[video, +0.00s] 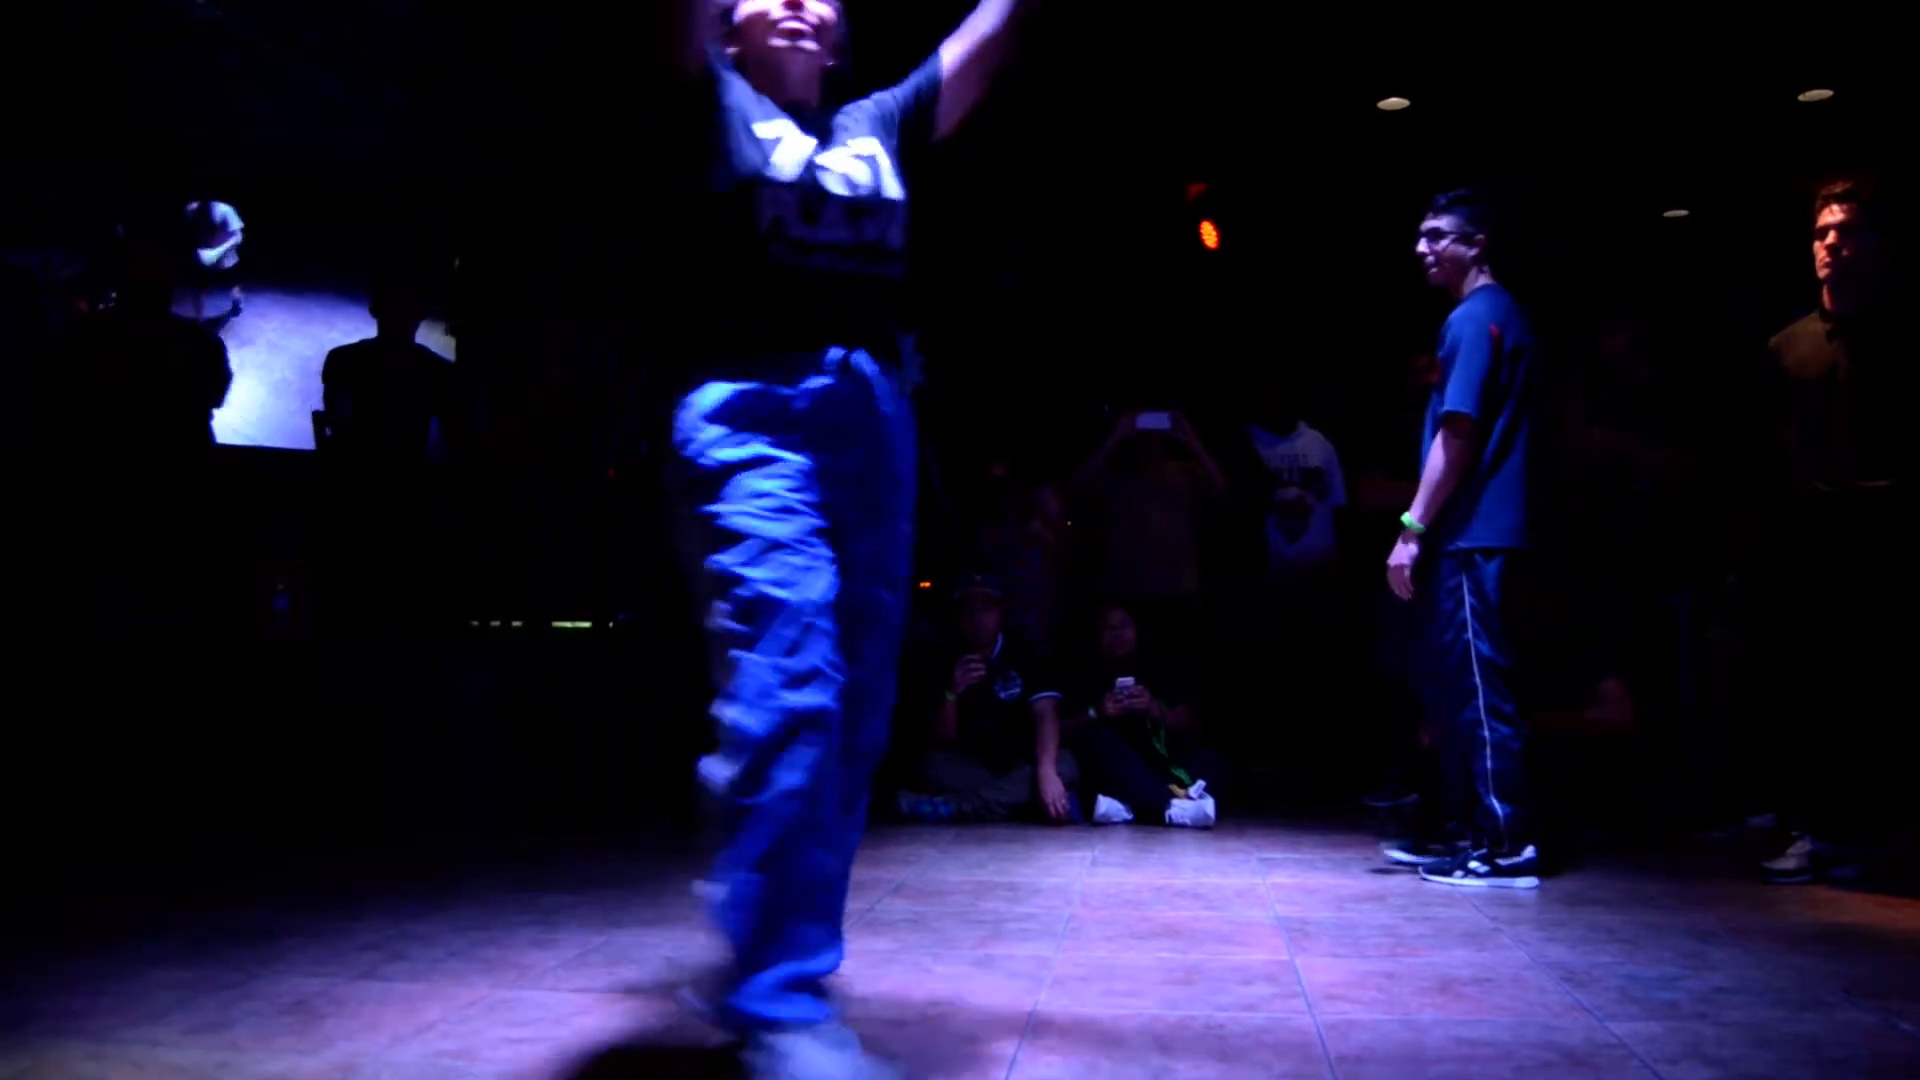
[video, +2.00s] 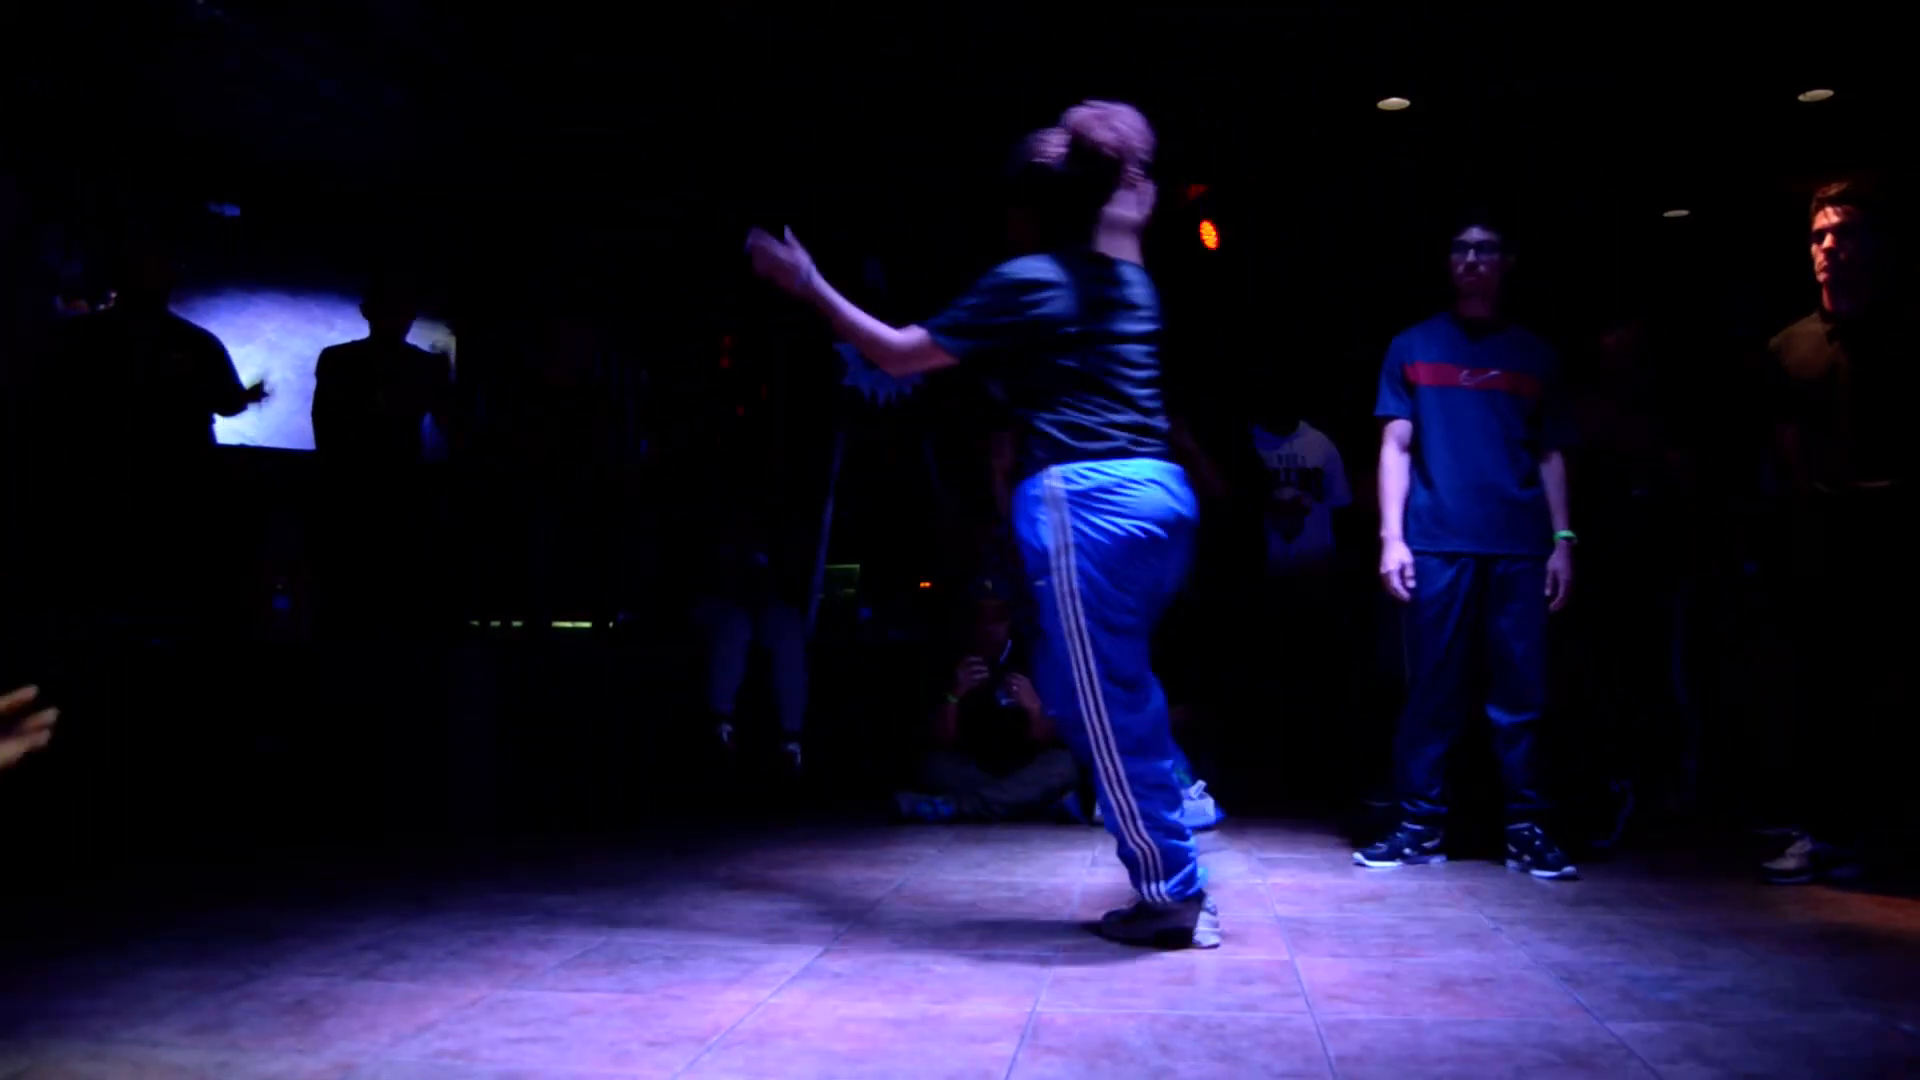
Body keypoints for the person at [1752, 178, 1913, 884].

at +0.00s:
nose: (1830, 247)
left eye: (1848, 233)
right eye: (1822, 234)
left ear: (1880, 250)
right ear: (1812, 249)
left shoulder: (1907, 342)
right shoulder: (1792, 347)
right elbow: (1768, 453)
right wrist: (1770, 527)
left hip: (1890, 540)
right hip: (1807, 538)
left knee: (1885, 682)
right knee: (1810, 679)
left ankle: (1885, 832)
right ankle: (1812, 826)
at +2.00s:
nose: (1828, 250)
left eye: (1844, 235)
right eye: (1819, 237)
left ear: (1876, 250)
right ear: (1809, 253)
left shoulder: (1904, 339)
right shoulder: (1792, 348)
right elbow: (1770, 452)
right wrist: (1772, 533)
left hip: (1893, 541)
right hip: (1812, 540)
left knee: (1893, 684)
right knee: (1816, 682)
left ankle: (1898, 834)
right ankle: (1818, 829)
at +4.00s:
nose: (1841, 244)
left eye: (1856, 232)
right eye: (1831, 233)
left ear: (1880, 249)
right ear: (1817, 252)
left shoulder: (1909, 337)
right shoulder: (1790, 349)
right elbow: (1762, 453)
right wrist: (1771, 538)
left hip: (1906, 542)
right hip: (1822, 548)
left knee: (1905, 694)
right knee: (1834, 697)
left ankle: (1901, 847)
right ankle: (1840, 848)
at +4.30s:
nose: (1847, 243)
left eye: (1859, 231)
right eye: (1836, 232)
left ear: (1882, 249)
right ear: (1819, 252)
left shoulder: (1910, 331)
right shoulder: (1802, 340)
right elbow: (1781, 441)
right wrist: (1786, 522)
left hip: (1906, 533)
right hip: (1823, 532)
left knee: (1903, 684)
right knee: (1832, 686)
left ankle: (1908, 837)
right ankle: (1826, 835)